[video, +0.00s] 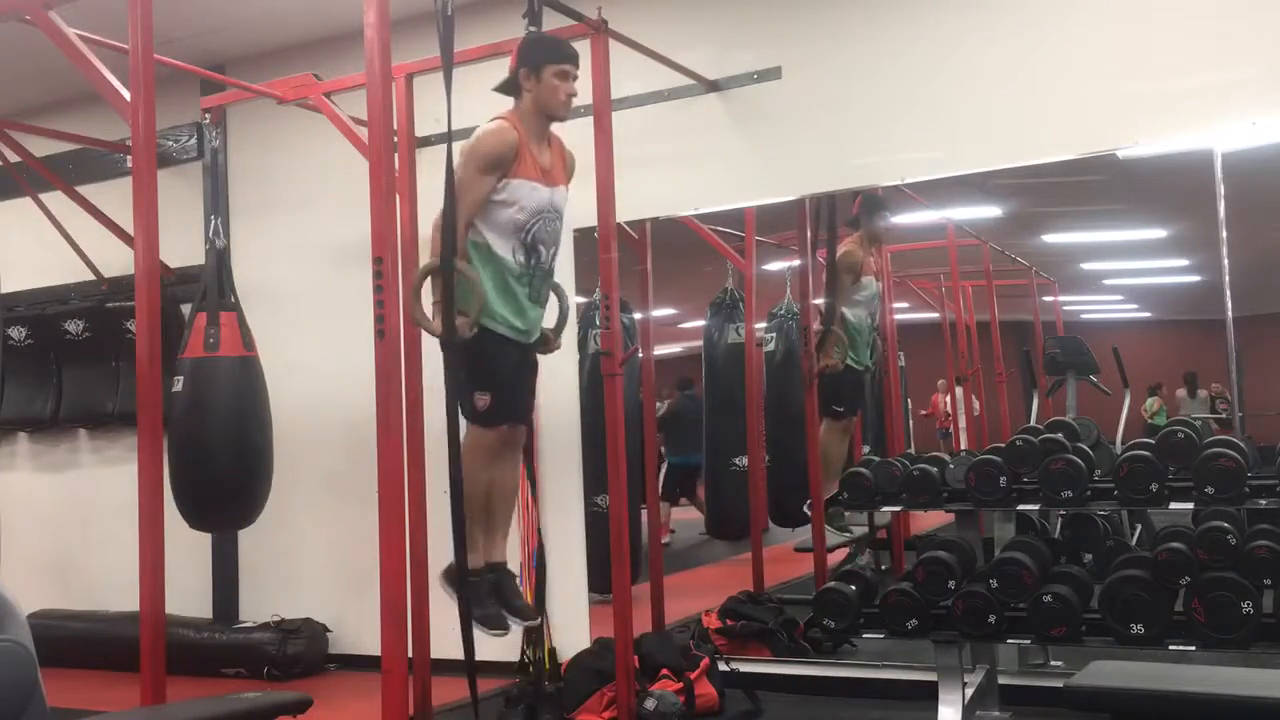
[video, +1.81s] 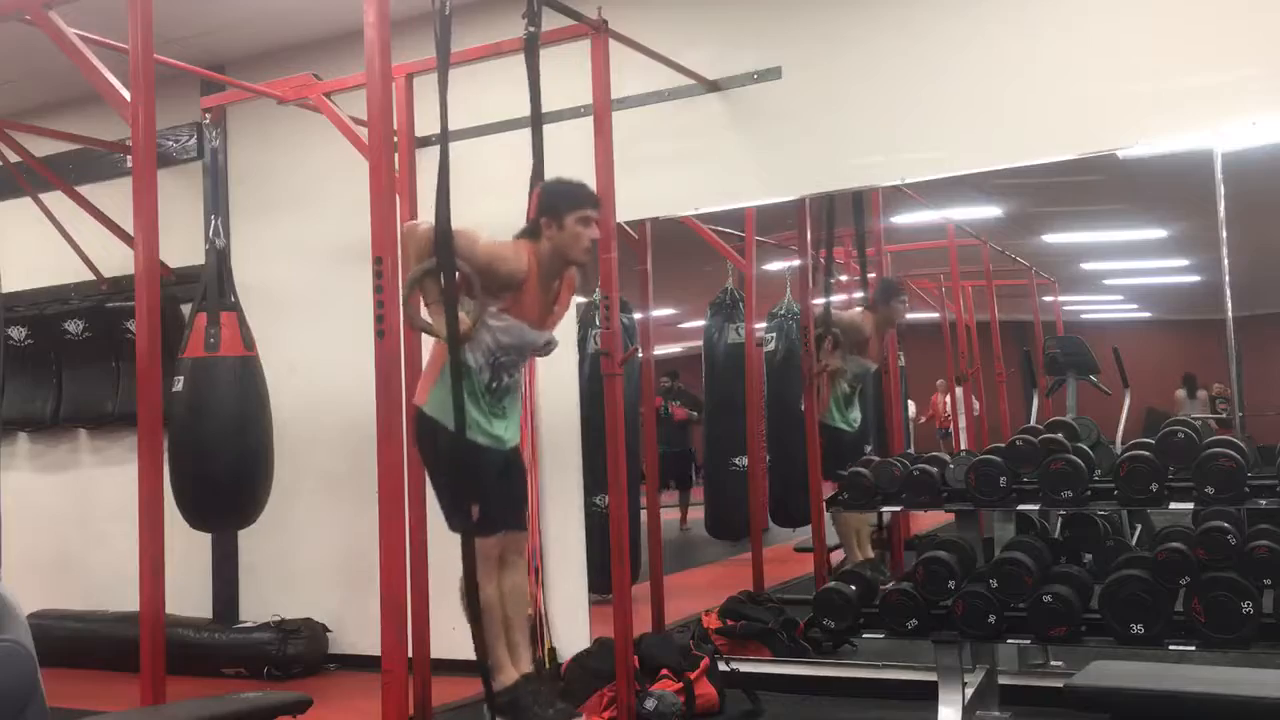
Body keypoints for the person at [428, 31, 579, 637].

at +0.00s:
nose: (572, 88)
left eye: (574, 79)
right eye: (562, 77)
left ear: (565, 86)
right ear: (527, 79)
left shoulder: (561, 155)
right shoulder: (497, 139)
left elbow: (537, 245)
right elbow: (447, 226)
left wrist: (550, 311)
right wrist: (447, 307)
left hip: (522, 319)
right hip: (481, 315)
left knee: (511, 437)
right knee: (487, 433)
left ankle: (497, 565)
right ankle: (467, 567)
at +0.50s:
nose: (562, 83)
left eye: (565, 74)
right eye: (551, 72)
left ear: (561, 83)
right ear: (516, 76)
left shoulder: (556, 152)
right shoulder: (493, 136)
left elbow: (550, 241)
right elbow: (463, 221)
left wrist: (556, 313)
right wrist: (452, 298)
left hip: (532, 313)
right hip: (484, 307)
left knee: (546, 430)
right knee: (518, 426)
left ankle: (573, 554)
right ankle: (549, 559)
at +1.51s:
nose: (583, 159)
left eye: (587, 149)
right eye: (572, 147)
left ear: (585, 156)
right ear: (537, 148)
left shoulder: (570, 216)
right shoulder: (503, 202)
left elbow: (529, 278)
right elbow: (411, 242)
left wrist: (548, 325)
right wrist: (441, 317)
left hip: (523, 359)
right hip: (474, 361)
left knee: (534, 492)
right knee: (502, 492)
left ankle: (546, 626)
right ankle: (525, 632)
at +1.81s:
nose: (594, 234)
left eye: (596, 225)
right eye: (584, 223)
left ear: (586, 232)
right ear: (548, 225)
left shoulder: (565, 279)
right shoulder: (509, 261)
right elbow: (415, 234)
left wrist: (526, 343)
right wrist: (434, 310)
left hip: (499, 417)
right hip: (452, 414)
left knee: (513, 543)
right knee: (487, 548)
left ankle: (525, 672)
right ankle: (502, 682)